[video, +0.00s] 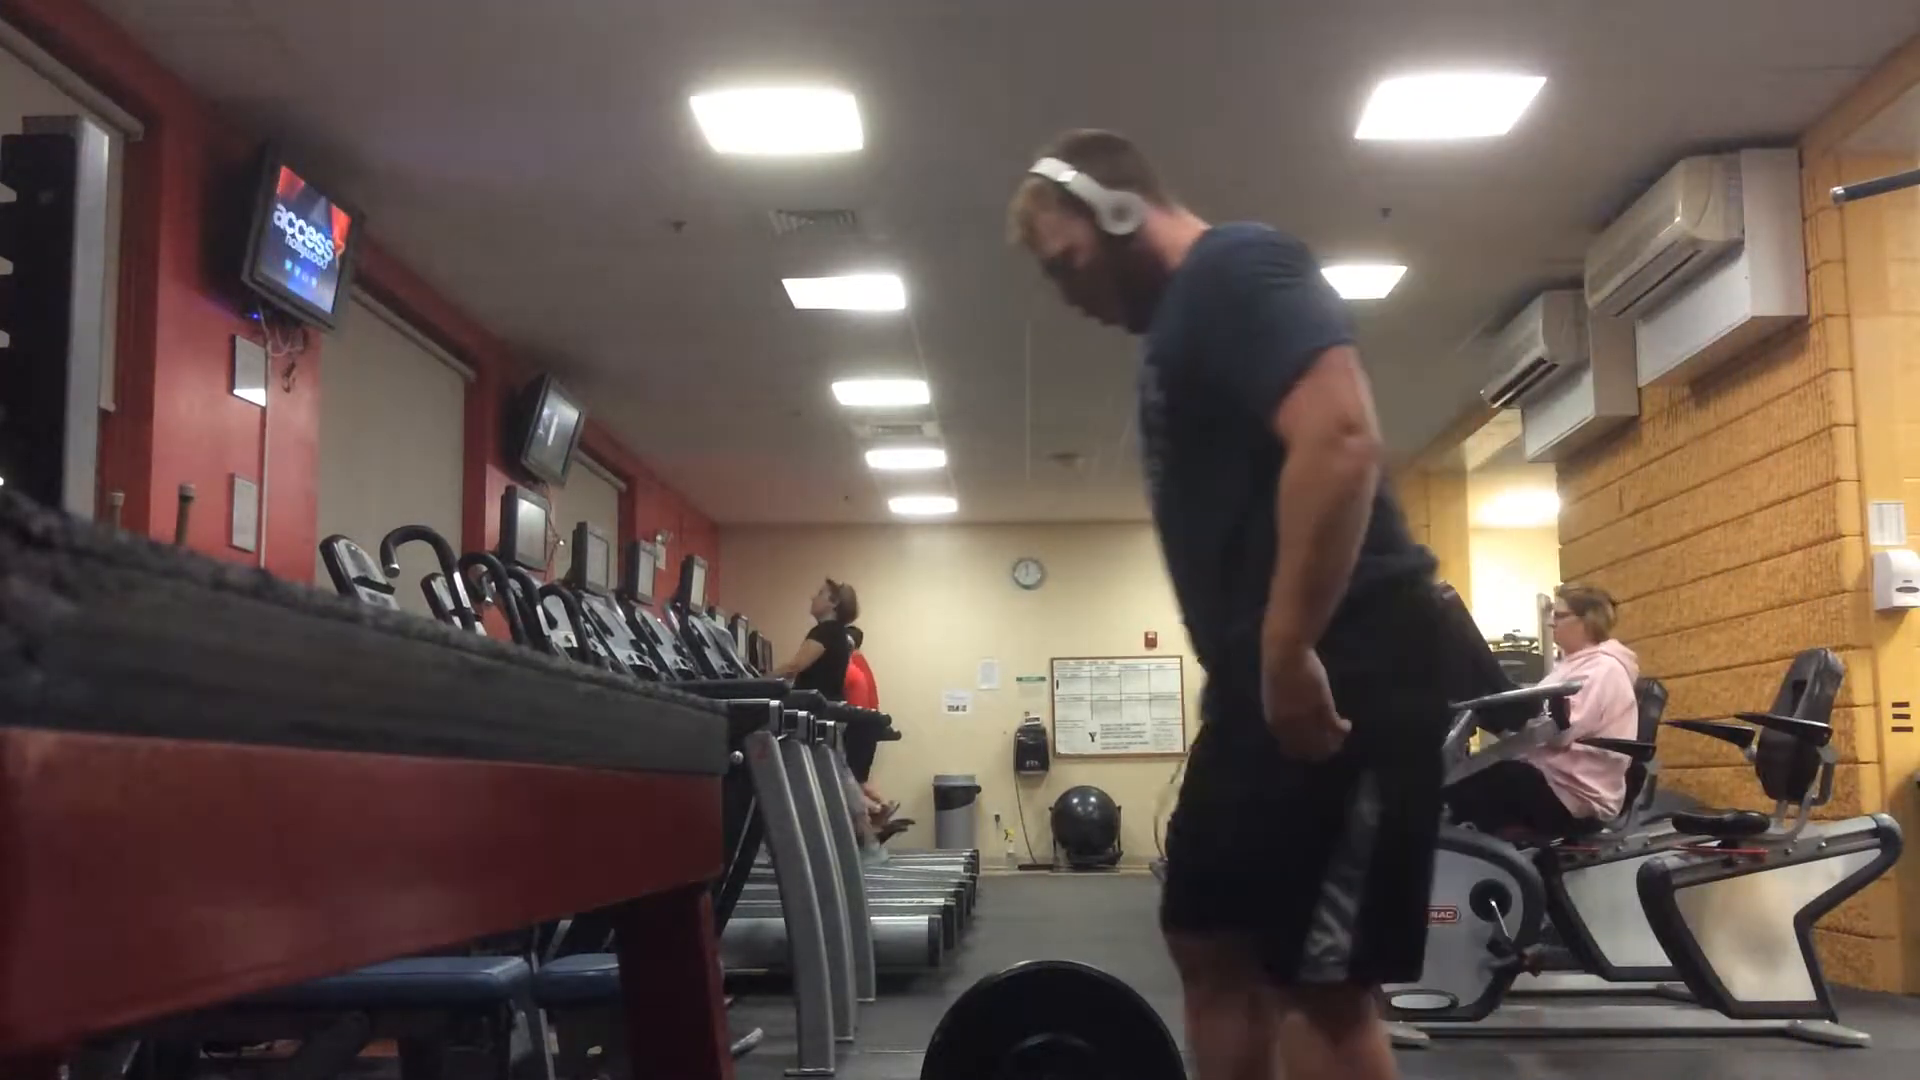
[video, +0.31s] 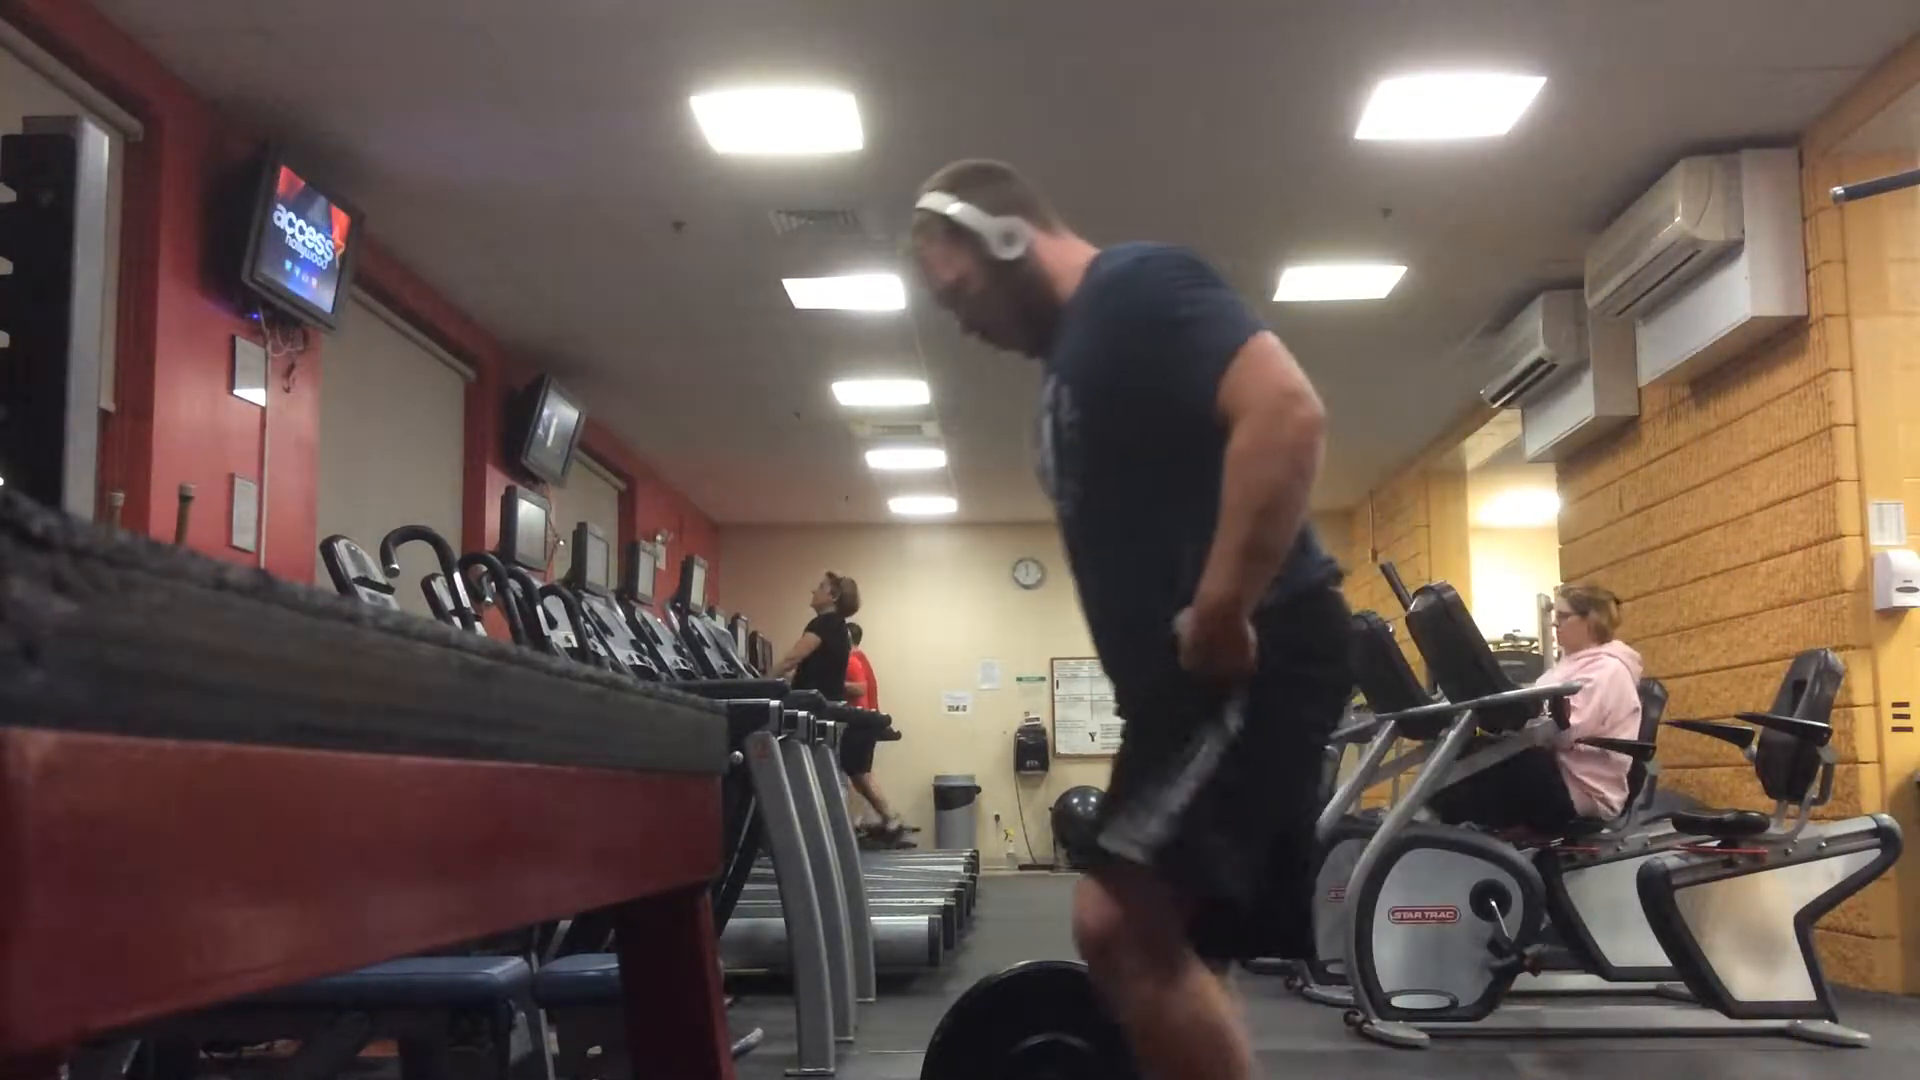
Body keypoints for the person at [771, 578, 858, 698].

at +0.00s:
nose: (813, 598)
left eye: (820, 594)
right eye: (818, 593)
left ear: (834, 603)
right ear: (833, 602)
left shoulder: (825, 631)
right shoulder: (839, 632)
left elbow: (796, 666)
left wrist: (766, 678)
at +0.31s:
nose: (814, 591)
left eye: (821, 587)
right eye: (819, 587)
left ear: (833, 597)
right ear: (833, 597)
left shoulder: (824, 623)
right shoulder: (841, 626)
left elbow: (793, 659)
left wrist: (768, 681)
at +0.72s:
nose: (811, 591)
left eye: (818, 588)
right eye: (815, 587)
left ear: (829, 597)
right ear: (829, 597)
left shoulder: (820, 623)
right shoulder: (838, 623)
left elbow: (796, 661)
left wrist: (769, 679)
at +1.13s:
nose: (814, 593)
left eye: (821, 589)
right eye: (819, 588)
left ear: (835, 598)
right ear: (835, 598)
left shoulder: (823, 624)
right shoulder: (840, 627)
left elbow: (795, 660)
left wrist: (772, 673)